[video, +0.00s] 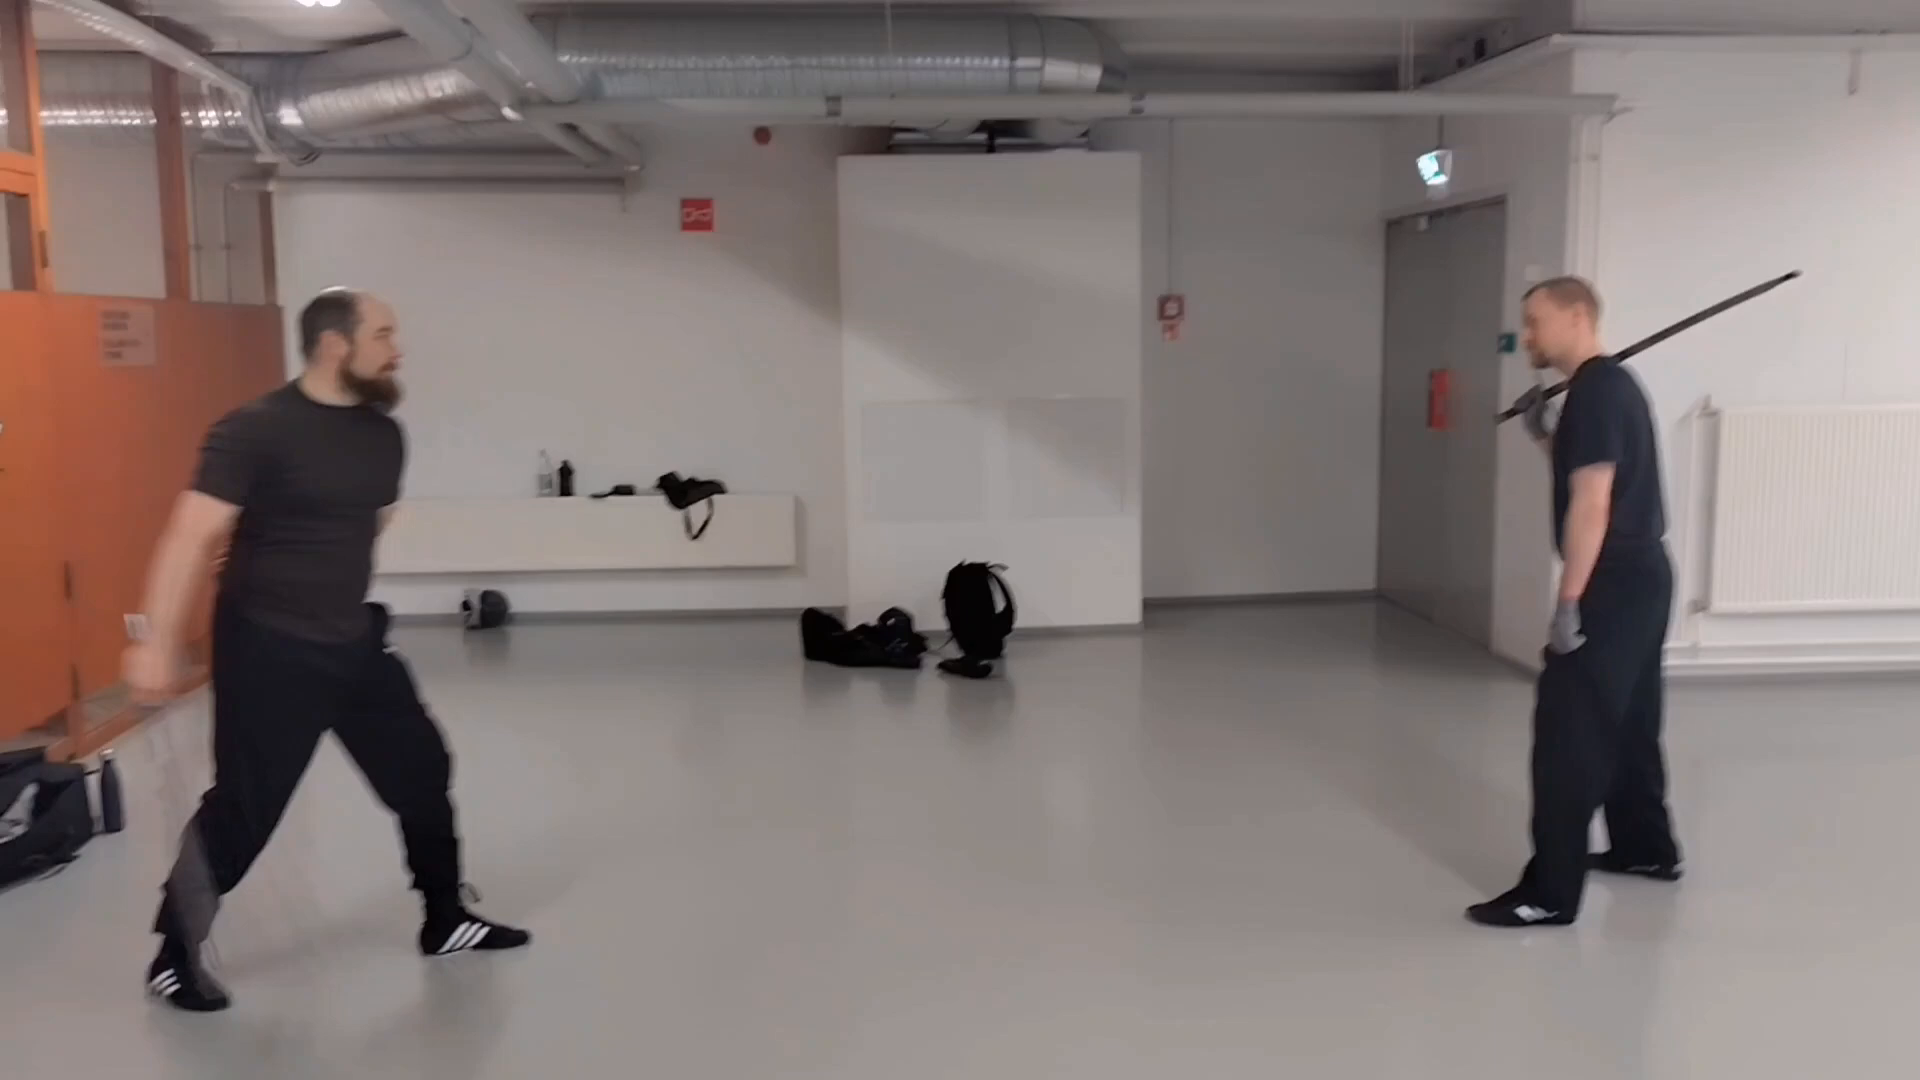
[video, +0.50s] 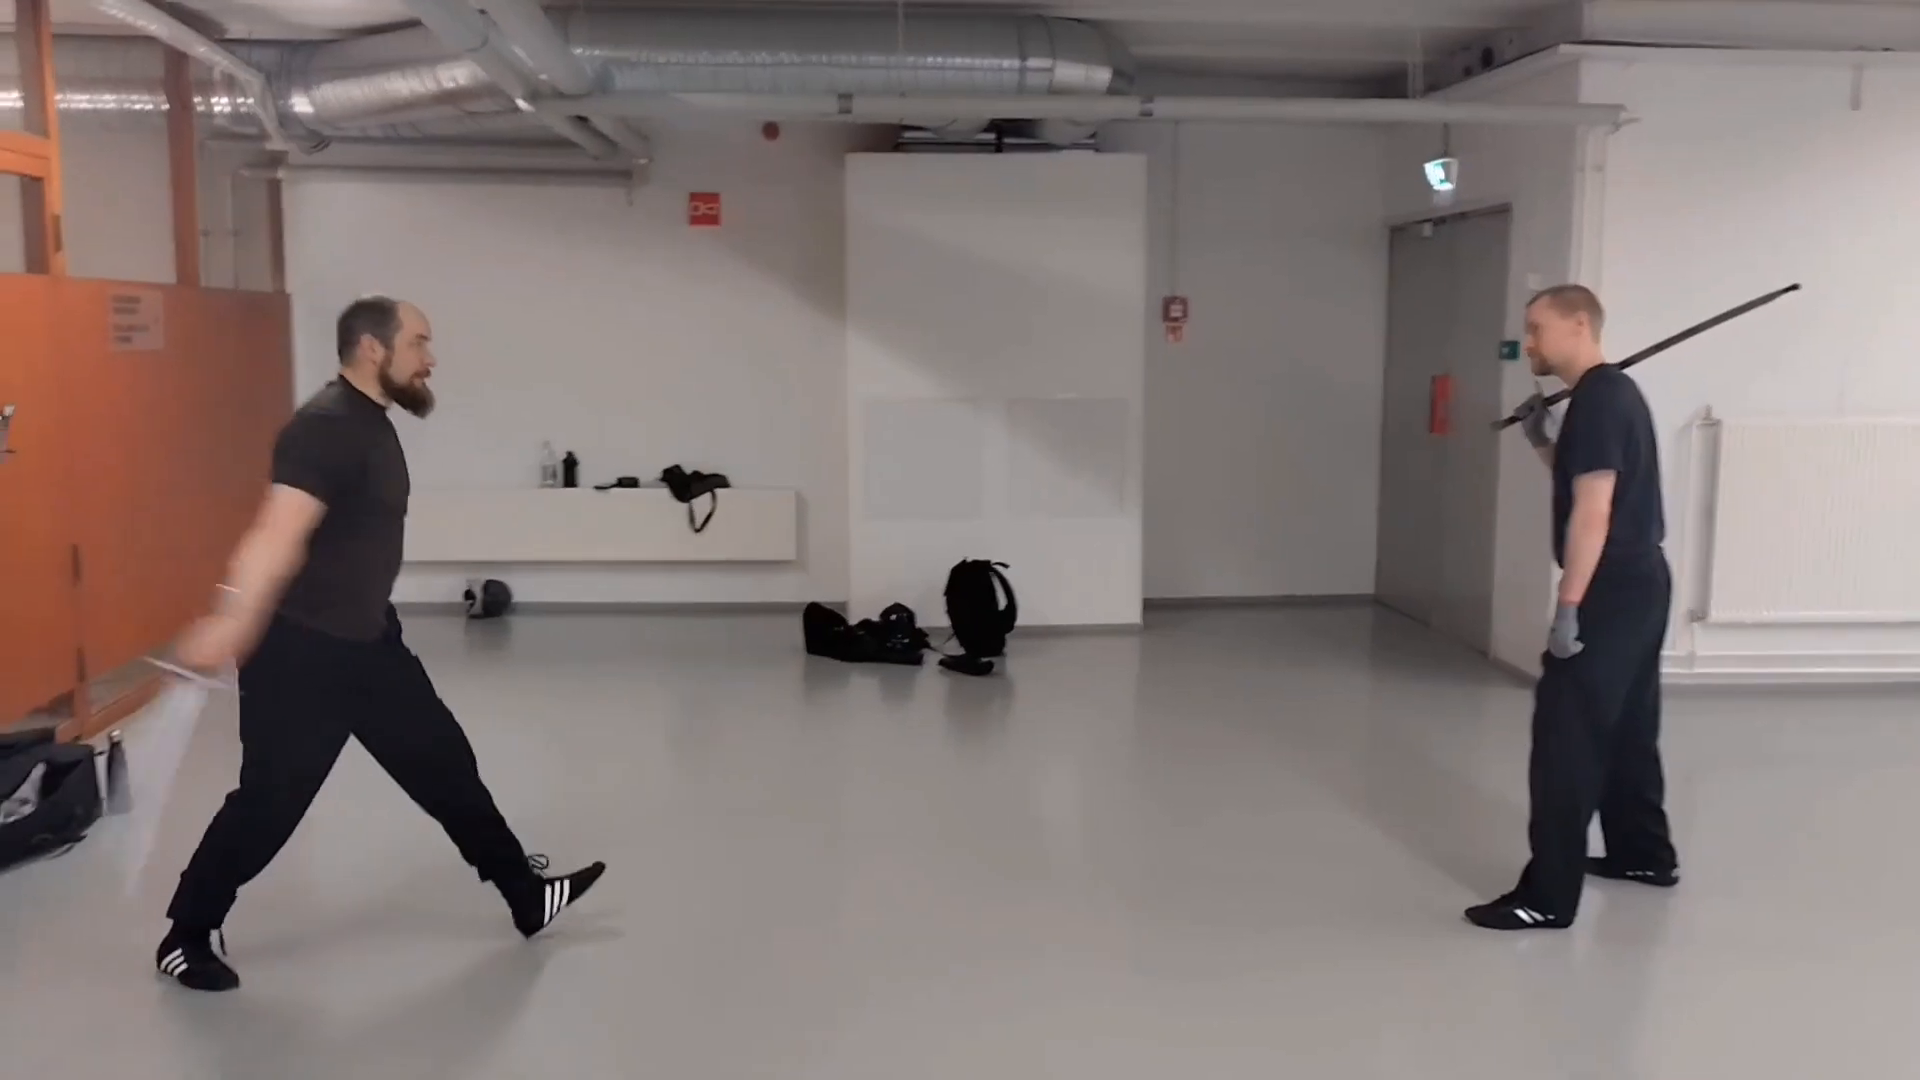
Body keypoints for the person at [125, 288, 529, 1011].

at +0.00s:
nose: (396, 350)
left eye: (395, 336)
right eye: (382, 336)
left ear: (351, 347)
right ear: (332, 346)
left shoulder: (381, 433)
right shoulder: (255, 432)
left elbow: (365, 534)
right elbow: (189, 537)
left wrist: (348, 610)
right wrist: (157, 640)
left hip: (351, 648)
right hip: (266, 652)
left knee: (421, 771)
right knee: (245, 806)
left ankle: (445, 918)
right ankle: (174, 954)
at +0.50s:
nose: (429, 359)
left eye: (428, 345)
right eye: (418, 345)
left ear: (374, 351)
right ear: (370, 350)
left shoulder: (372, 423)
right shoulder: (324, 429)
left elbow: (338, 534)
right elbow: (274, 536)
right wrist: (232, 623)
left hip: (368, 647)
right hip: (299, 651)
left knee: (444, 766)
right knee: (269, 803)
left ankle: (527, 892)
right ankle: (185, 935)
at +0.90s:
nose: (521, 375)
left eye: (520, 363)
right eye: (513, 363)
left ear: (464, 362)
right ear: (473, 360)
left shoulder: (456, 429)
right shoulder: (440, 402)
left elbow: (441, 526)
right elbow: (550, 380)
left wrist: (374, 552)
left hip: (437, 636)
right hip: (388, 630)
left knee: (502, 759)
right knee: (354, 794)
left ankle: (477, 918)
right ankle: (201, 911)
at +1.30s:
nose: (641, 365)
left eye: (638, 352)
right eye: (631, 352)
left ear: (577, 362)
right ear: (595, 358)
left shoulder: (532, 430)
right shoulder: (616, 417)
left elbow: (480, 524)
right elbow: (718, 391)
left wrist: (499, 557)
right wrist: (724, 291)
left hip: (519, 630)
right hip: (582, 632)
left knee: (522, 778)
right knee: (670, 753)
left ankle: (449, 929)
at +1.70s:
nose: (828, 365)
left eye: (824, 352)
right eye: (821, 353)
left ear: (761, 371)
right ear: (796, 365)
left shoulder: (706, 438)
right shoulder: (825, 443)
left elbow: (649, 521)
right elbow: (934, 462)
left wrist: (695, 566)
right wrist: (1009, 407)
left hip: (702, 641)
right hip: (786, 638)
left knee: (672, 781)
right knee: (869, 765)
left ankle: (589, 923)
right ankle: (897, 922)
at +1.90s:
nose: (846, 355)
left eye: (842, 342)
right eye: (838, 343)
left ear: (784, 362)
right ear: (811, 356)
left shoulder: (732, 432)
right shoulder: (841, 436)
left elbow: (678, 516)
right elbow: (939, 486)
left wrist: (712, 557)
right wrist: (1010, 453)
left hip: (720, 633)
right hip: (804, 632)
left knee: (702, 776)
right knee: (876, 767)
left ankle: (607, 923)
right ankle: (901, 925)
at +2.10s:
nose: (800, 358)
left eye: (793, 345)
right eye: (788, 347)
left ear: (738, 370)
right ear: (756, 363)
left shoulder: (698, 443)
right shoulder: (791, 442)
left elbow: (659, 534)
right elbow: (901, 506)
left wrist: (679, 569)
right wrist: (964, 468)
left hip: (697, 641)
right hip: (773, 640)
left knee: (702, 788)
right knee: (859, 771)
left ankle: (587, 916)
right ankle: (895, 924)